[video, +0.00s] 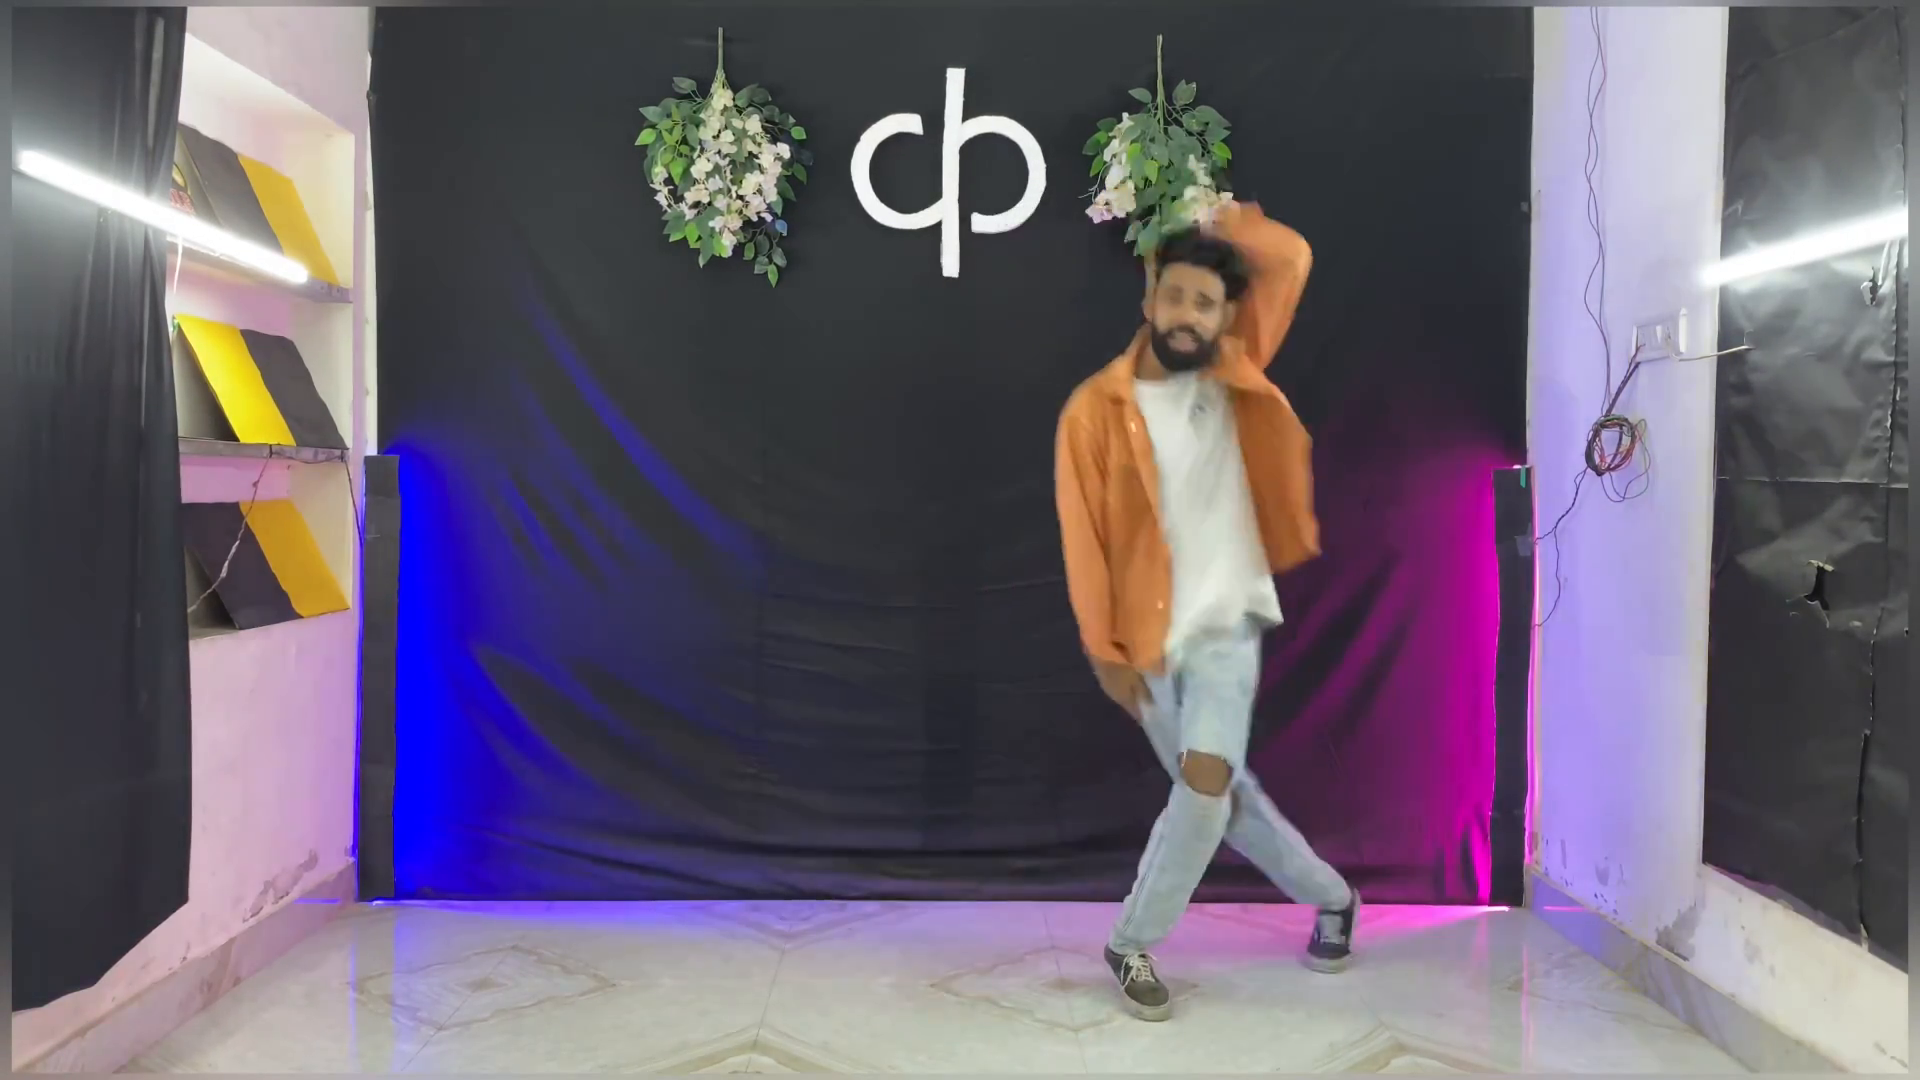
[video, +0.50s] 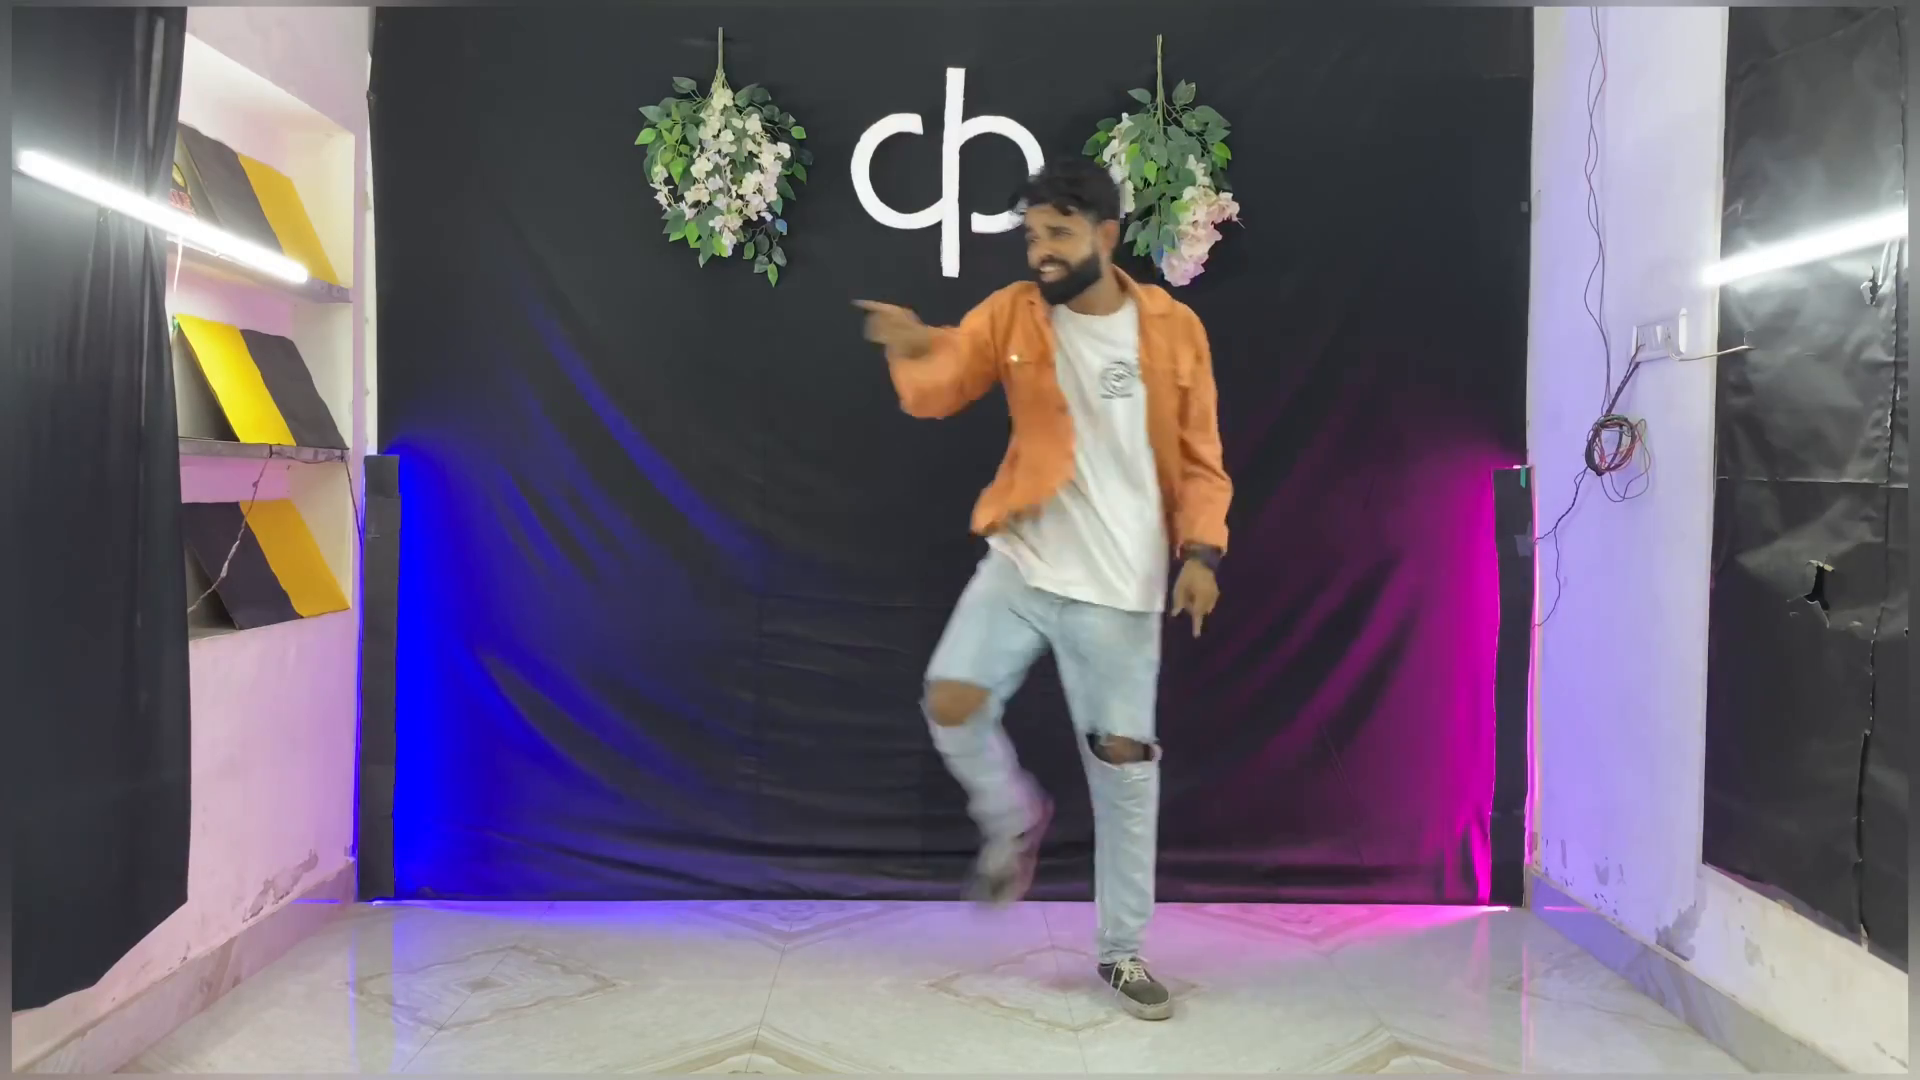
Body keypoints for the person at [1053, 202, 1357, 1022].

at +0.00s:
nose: (1188, 316)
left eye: (1205, 302)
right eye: (1174, 296)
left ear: (1227, 313)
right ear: (1148, 301)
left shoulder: (1239, 376)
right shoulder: (1097, 406)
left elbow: (1291, 260)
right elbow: (1081, 535)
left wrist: (1220, 217)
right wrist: (1102, 648)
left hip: (1230, 610)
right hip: (1143, 624)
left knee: (1208, 776)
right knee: (1214, 789)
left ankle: (1132, 942)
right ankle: (1331, 899)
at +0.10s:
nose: (1172, 334)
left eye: (1192, 320)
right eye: (1162, 317)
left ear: (1232, 331)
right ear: (1150, 324)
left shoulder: (1250, 393)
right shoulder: (1110, 432)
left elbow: (1328, 318)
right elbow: (1098, 558)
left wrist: (1256, 314)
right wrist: (1115, 669)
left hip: (1240, 636)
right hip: (1152, 648)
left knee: (1215, 789)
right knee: (1231, 810)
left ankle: (1131, 944)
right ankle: (1342, 902)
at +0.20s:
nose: (1152, 306)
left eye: (1172, 292)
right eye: (1144, 290)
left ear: (1216, 300)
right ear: (1136, 294)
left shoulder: (1245, 381)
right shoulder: (1109, 379)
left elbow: (1334, 401)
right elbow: (1068, 496)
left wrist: (1251, 338)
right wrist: (1086, 615)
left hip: (1216, 605)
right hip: (1126, 611)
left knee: (1196, 769)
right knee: (1204, 778)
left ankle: (1129, 946)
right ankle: (1329, 894)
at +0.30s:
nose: (1119, 275)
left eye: (1138, 260)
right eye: (1111, 259)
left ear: (1187, 264)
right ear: (1102, 261)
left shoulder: (1221, 358)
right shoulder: (1074, 335)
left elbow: (1274, 477)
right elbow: (995, 417)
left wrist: (1250, 414)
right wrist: (1050, 506)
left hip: (1185, 600)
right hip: (1094, 592)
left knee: (1162, 762)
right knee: (1110, 782)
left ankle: (1125, 952)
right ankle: (1253, 834)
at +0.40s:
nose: (1081, 257)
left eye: (1099, 242)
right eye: (1072, 243)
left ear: (1149, 244)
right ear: (1066, 247)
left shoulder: (1204, 349)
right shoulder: (1039, 323)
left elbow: (1221, 452)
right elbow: (960, 375)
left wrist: (1226, 496)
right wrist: (993, 404)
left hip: (1158, 599)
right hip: (1058, 584)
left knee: (1148, 772)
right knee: (1020, 741)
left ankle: (1123, 952)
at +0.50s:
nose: (1041, 250)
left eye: (1059, 233)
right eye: (1032, 235)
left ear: (1109, 233)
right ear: (1027, 236)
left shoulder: (1173, 330)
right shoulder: (1013, 313)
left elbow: (1199, 454)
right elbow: (942, 389)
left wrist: (1202, 550)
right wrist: (914, 345)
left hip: (1121, 581)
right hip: (1022, 560)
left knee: (1125, 758)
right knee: (953, 697)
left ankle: (1123, 948)